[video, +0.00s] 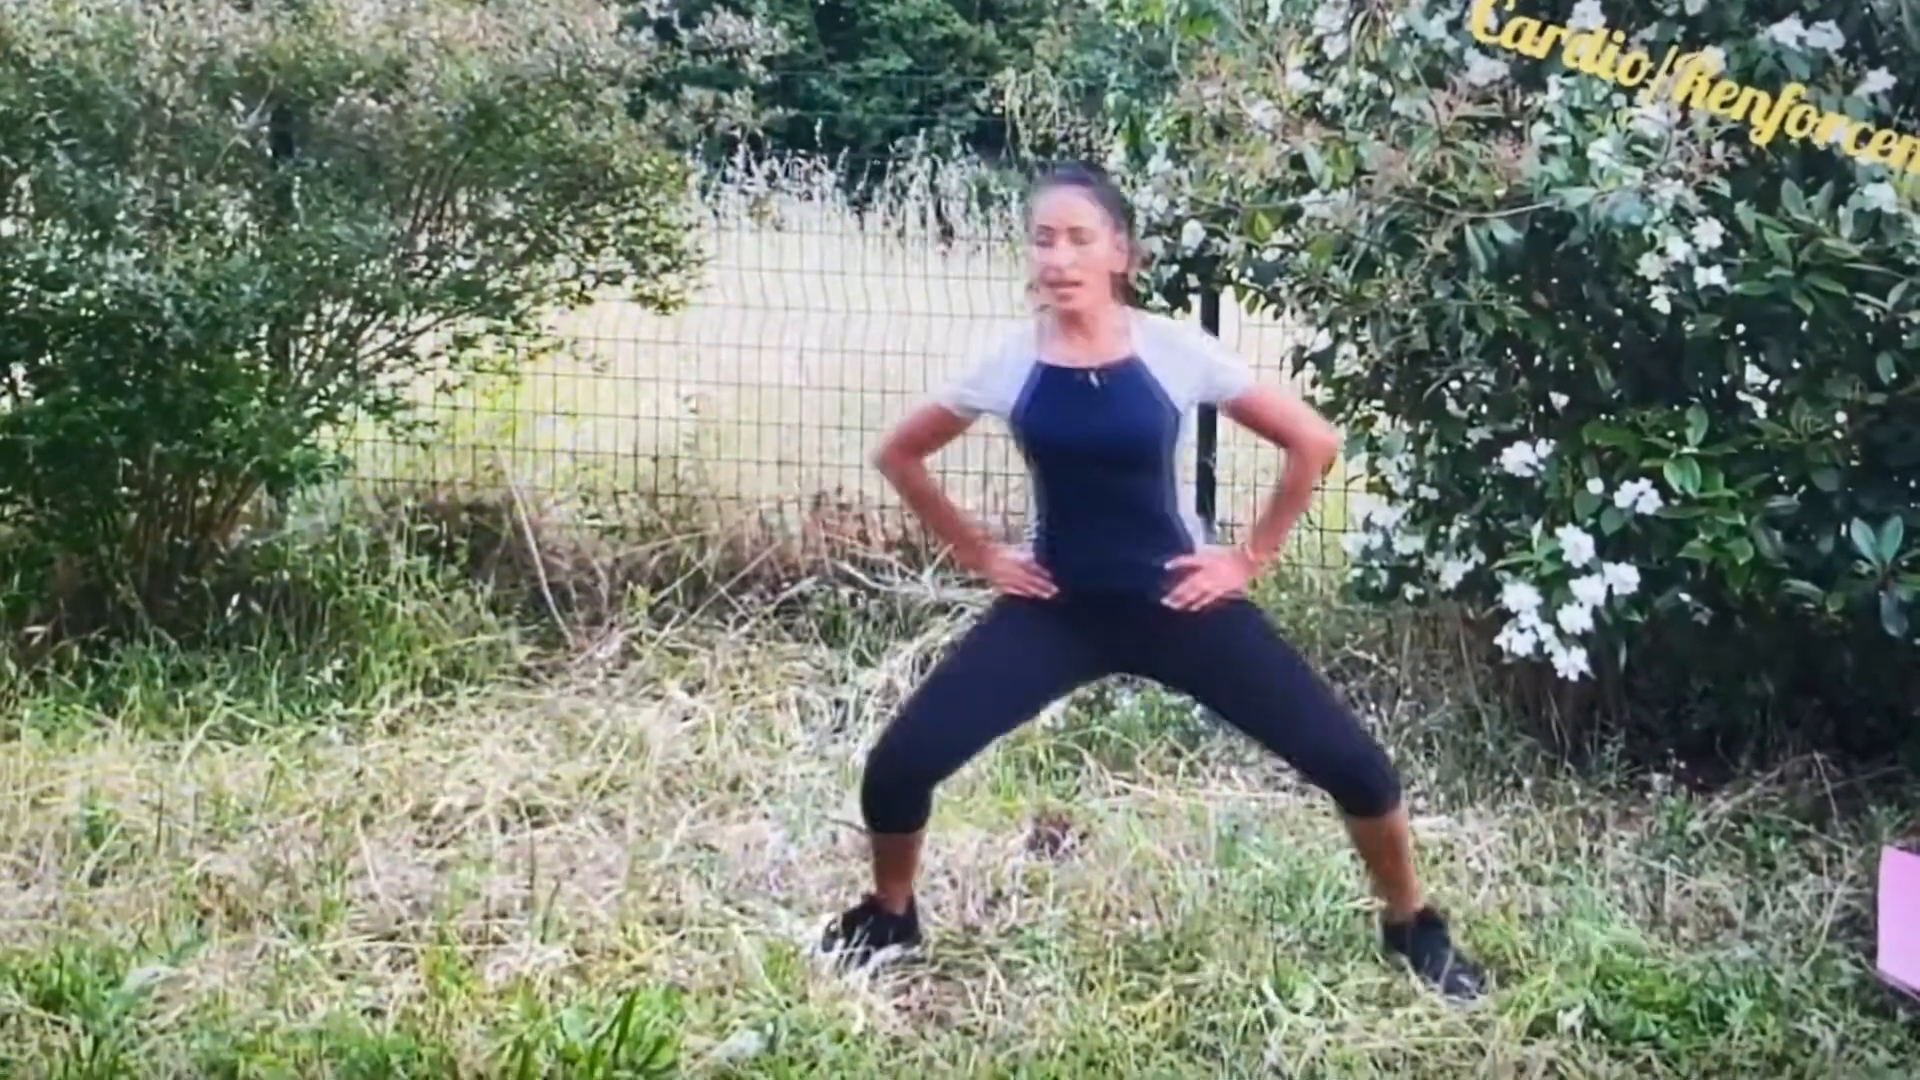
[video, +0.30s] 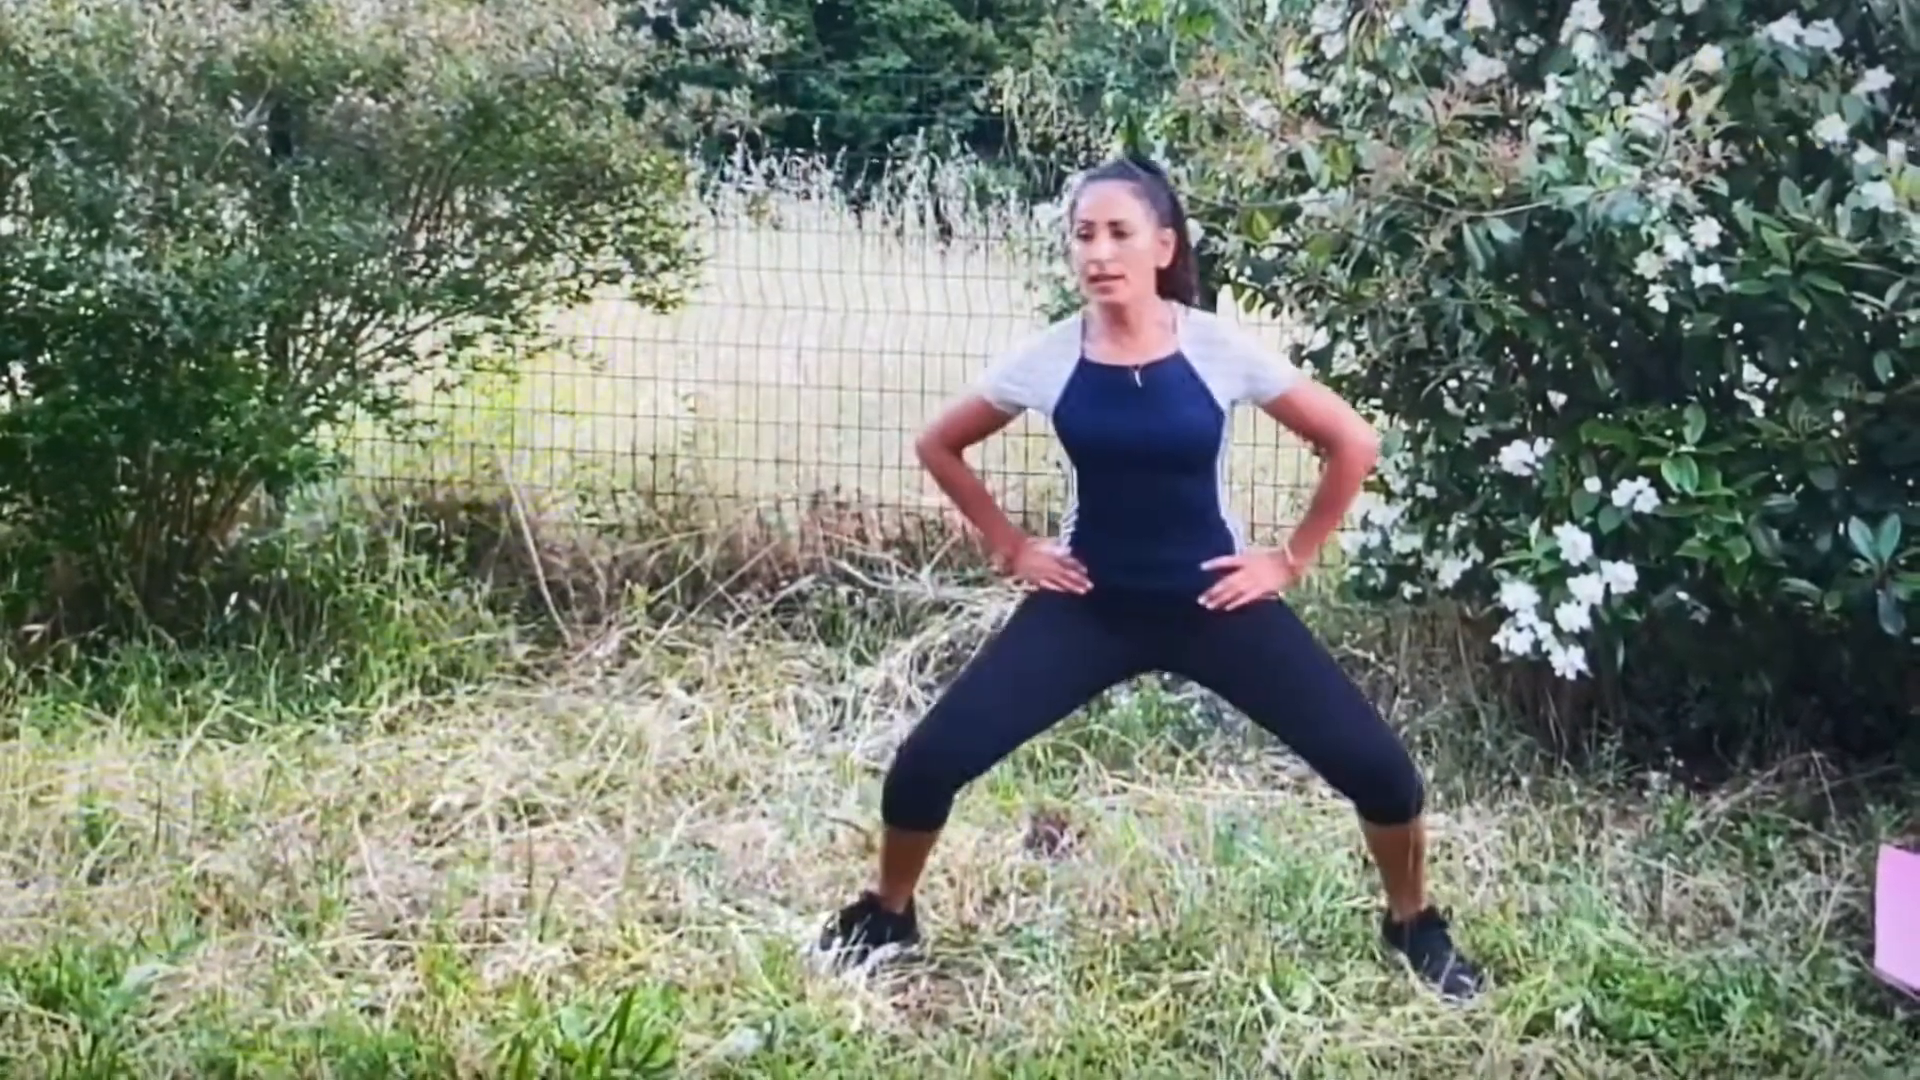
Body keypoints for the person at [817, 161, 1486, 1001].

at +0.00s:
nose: (1056, 258)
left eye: (1077, 237)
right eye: (1041, 239)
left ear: (1122, 255)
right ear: (1026, 255)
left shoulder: (1177, 352)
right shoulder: (1011, 361)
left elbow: (1316, 443)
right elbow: (895, 454)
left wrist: (1250, 558)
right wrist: (980, 553)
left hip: (1181, 611)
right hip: (1054, 613)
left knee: (1360, 770)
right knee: (896, 767)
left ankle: (1413, 927)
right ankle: (888, 917)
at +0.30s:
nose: (1096, 254)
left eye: (1118, 232)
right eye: (1082, 237)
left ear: (1166, 247)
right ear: (1067, 253)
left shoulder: (1221, 348)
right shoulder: (1049, 357)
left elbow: (1352, 443)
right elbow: (937, 445)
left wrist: (1292, 559)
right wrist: (1010, 545)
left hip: (1218, 608)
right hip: (1086, 609)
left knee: (1383, 772)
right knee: (924, 766)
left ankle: (1415, 927)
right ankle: (886, 916)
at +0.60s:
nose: (981, 206)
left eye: (1004, 188)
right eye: (972, 188)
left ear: (1056, 208)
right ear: (959, 204)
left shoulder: (1098, 309)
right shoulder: (940, 309)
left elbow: (1237, 403)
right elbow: (838, 401)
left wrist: (1181, 515)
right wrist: (908, 502)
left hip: (1103, 570)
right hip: (980, 570)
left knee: (1248, 754)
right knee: (854, 758)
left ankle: (1398, 916)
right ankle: (883, 911)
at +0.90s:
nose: (920, 162)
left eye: (944, 145)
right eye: (909, 144)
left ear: (994, 166)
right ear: (896, 160)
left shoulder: (1033, 277)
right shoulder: (871, 257)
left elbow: (1149, 401)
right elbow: (749, 316)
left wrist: (1070, 493)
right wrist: (814, 435)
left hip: (995, 530)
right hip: (873, 512)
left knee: (1006, 747)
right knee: (757, 683)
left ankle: (968, 913)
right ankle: (828, 863)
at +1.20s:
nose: (842, 189)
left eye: (864, 172)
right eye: (830, 172)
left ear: (909, 196)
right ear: (813, 189)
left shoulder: (937, 309)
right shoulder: (780, 280)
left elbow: (1048, 434)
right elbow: (647, 328)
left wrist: (962, 516)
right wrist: (704, 448)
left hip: (879, 550)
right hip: (759, 529)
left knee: (940, 737)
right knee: (568, 663)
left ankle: (969, 918)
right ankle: (458, 831)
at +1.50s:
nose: (687, 243)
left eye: (710, 227)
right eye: (675, 224)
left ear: (754, 249)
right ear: (656, 241)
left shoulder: (789, 349)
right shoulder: (615, 333)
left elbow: (916, 452)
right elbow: (506, 409)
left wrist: (841, 545)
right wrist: (582, 517)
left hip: (767, 592)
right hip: (640, 586)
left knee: (889, 741)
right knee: (442, 718)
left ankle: (967, 919)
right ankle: (418, 867)